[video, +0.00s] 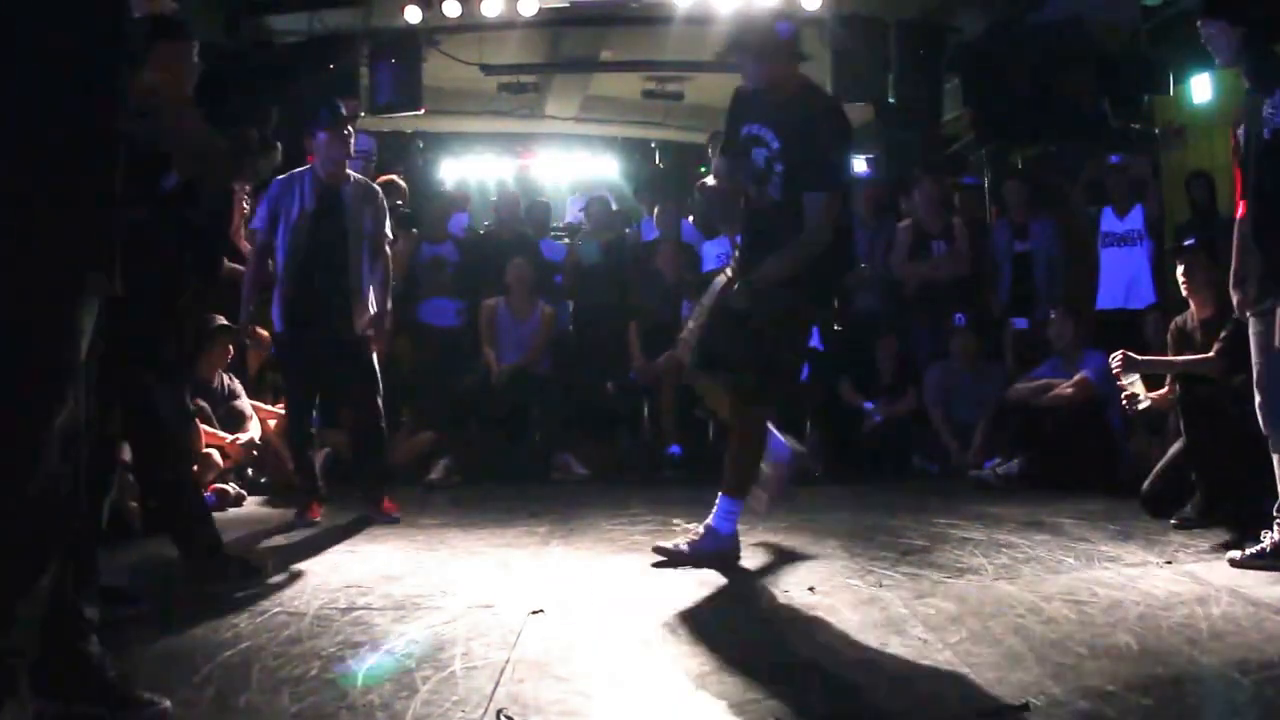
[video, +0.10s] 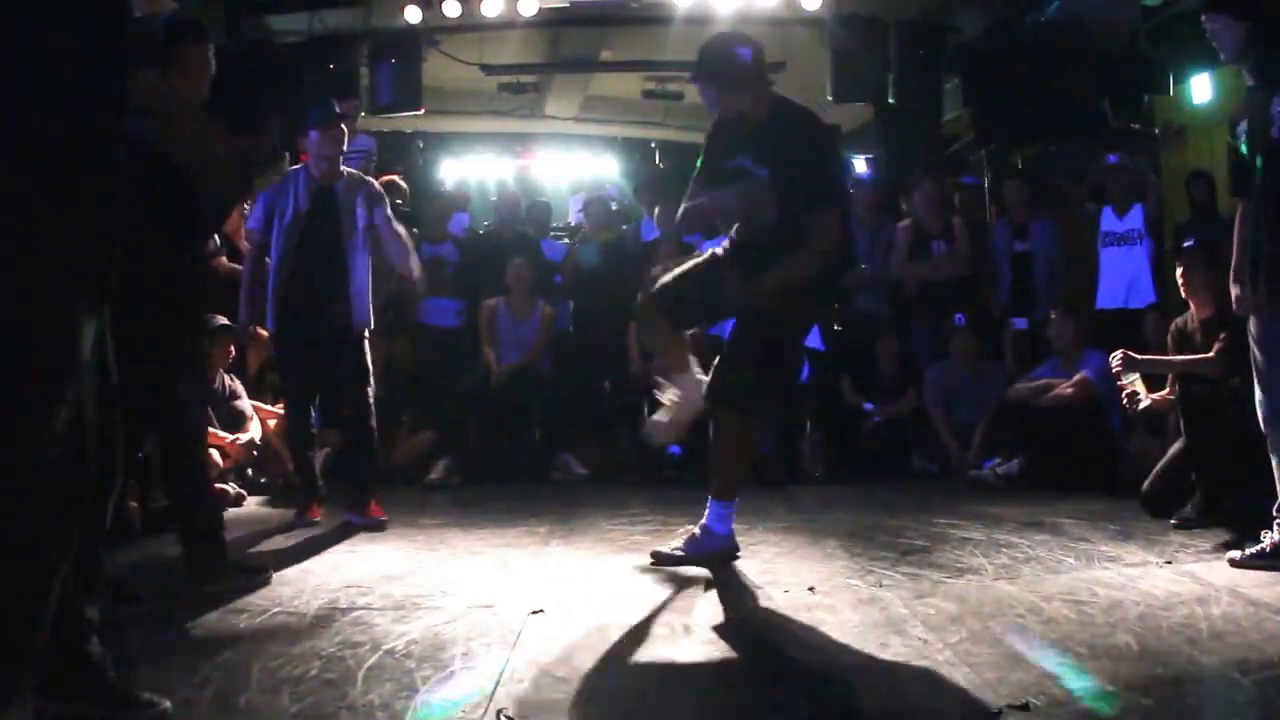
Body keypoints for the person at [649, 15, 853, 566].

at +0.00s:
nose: (745, 72)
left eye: (753, 61)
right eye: (742, 62)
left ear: (783, 55)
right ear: (743, 59)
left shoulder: (819, 115)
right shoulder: (745, 101)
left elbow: (822, 226)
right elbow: (733, 182)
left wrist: (764, 275)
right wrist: (718, 193)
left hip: (800, 269)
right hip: (749, 259)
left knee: (754, 394)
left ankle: (721, 530)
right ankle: (775, 450)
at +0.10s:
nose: (710, 102)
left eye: (715, 90)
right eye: (706, 92)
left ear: (745, 81)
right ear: (713, 87)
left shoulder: (808, 132)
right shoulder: (725, 134)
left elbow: (827, 236)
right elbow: (686, 220)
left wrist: (771, 284)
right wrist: (726, 205)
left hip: (798, 267)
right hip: (743, 257)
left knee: (735, 389)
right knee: (655, 306)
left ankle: (717, 528)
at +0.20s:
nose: (705, 82)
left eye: (712, 68)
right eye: (700, 71)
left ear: (744, 60)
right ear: (704, 71)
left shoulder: (804, 107)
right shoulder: (715, 120)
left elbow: (826, 209)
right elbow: (686, 209)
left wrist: (780, 274)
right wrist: (679, 252)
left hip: (793, 253)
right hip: (732, 247)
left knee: (747, 374)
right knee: (668, 307)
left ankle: (712, 518)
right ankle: (668, 441)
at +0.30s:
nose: (708, 56)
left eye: (713, 42)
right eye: (702, 48)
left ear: (748, 35)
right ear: (710, 50)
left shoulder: (811, 92)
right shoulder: (710, 111)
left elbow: (834, 192)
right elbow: (694, 204)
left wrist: (797, 265)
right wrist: (657, 286)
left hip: (798, 272)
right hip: (734, 272)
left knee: (758, 405)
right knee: (737, 402)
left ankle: (676, 507)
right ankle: (744, 560)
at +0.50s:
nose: (729, 45)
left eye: (737, 33)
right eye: (725, 36)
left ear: (771, 31)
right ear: (731, 40)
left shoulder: (823, 91)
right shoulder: (717, 95)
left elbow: (848, 188)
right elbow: (695, 186)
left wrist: (809, 247)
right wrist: (676, 259)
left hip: (794, 266)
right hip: (724, 262)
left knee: (765, 402)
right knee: (716, 388)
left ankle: (715, 527)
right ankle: (695, 527)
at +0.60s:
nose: (738, 61)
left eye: (746, 48)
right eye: (733, 52)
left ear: (779, 46)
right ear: (732, 55)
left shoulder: (825, 111)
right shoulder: (723, 113)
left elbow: (838, 214)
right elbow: (698, 207)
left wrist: (799, 274)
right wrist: (689, 277)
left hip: (791, 273)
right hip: (723, 267)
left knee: (773, 405)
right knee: (717, 374)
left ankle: (748, 532)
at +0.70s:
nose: (727, 62)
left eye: (734, 48)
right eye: (722, 53)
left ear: (767, 42)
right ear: (727, 55)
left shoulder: (819, 105)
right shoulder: (723, 117)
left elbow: (841, 203)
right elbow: (701, 212)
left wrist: (808, 258)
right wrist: (714, 263)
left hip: (800, 276)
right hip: (739, 276)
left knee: (771, 400)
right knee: (735, 390)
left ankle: (749, 529)